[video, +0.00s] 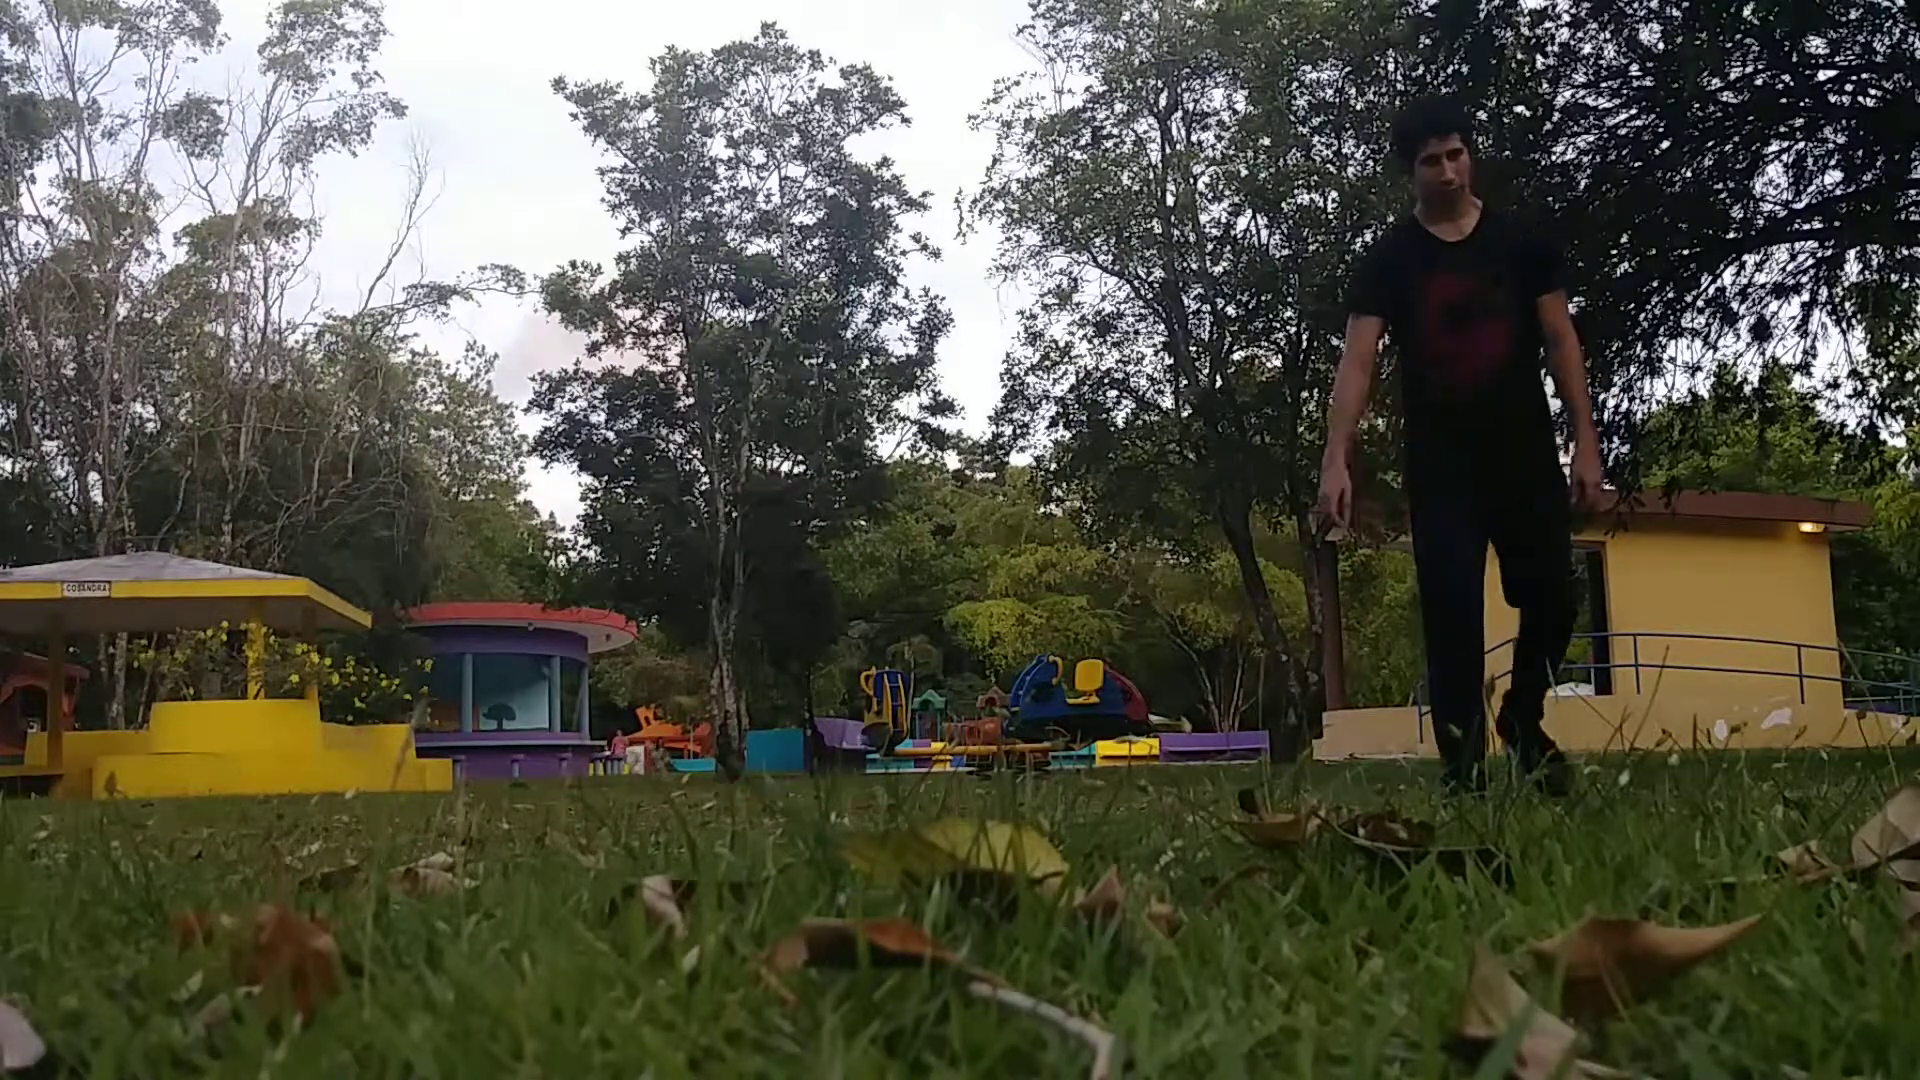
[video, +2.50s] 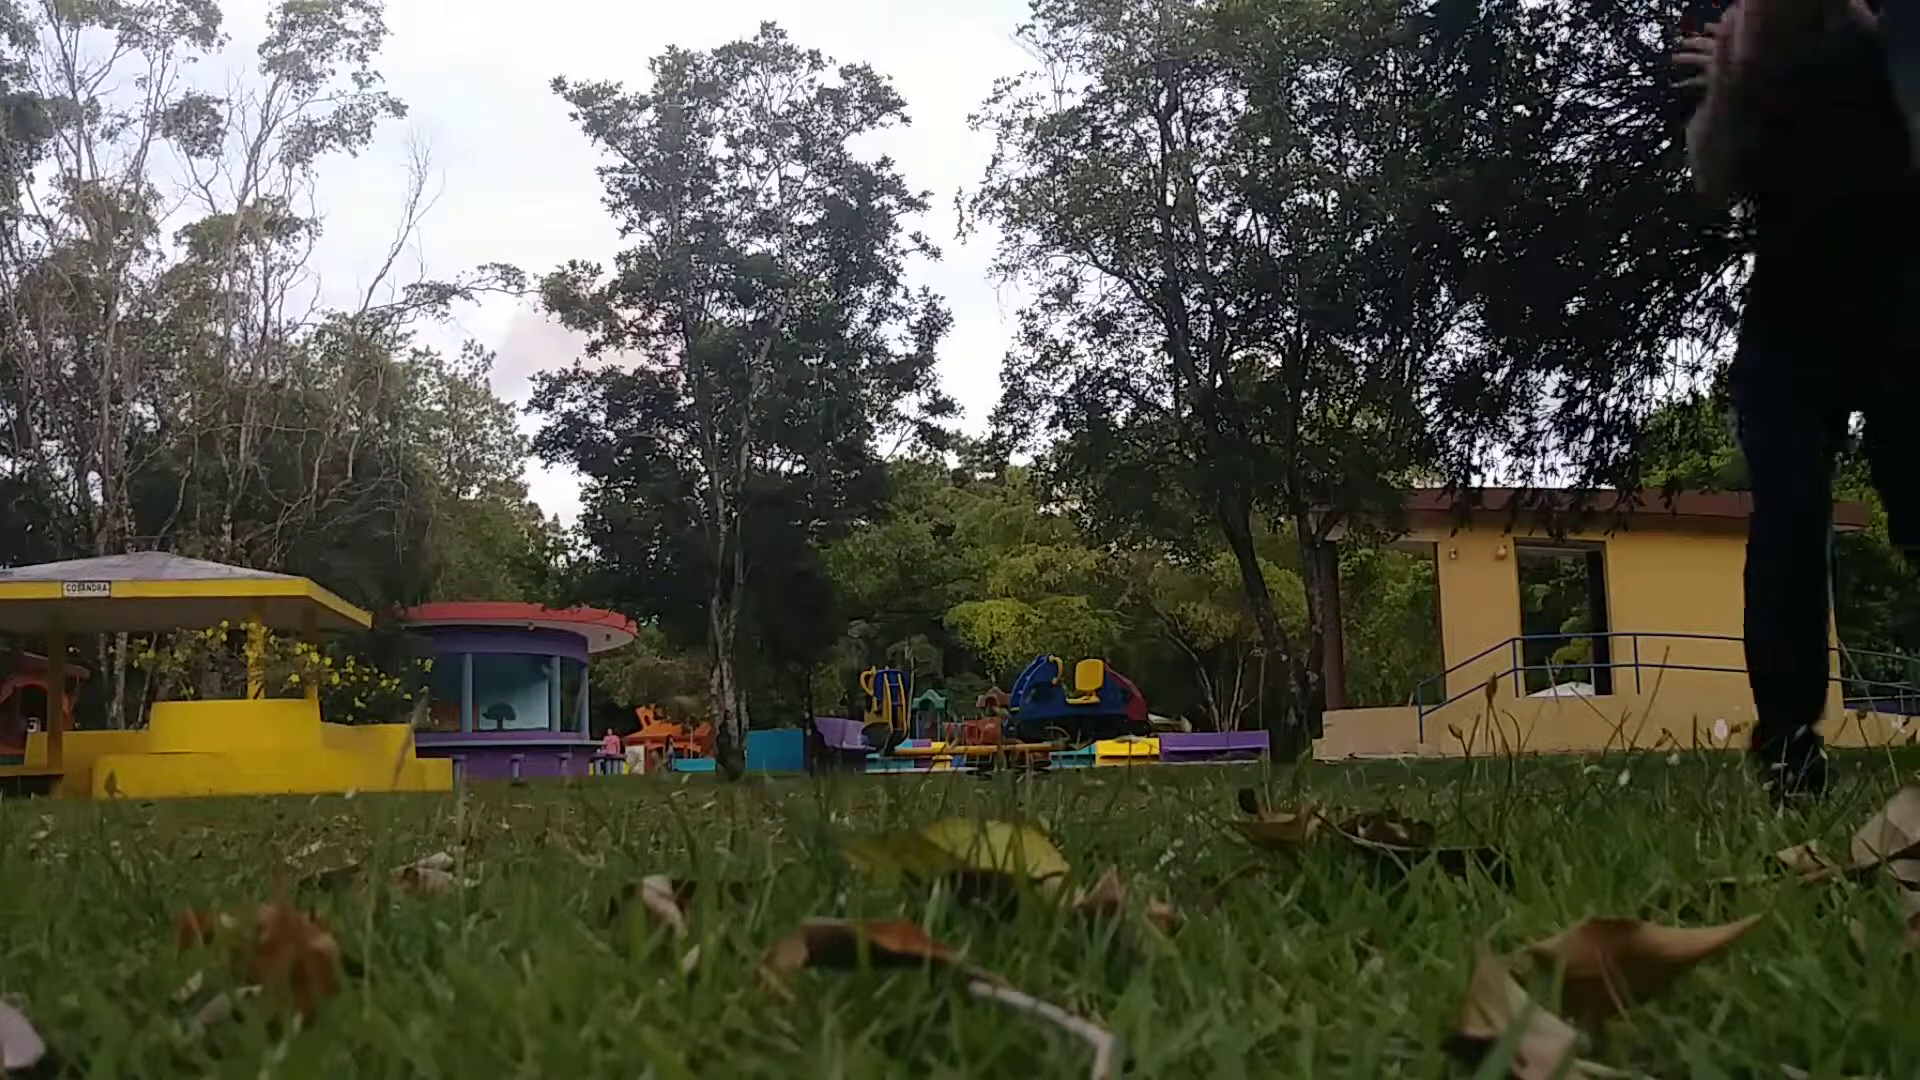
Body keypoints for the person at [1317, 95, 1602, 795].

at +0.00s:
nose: (1447, 169)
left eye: (1456, 155)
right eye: (1432, 160)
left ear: (1472, 160)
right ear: (1409, 171)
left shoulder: (1521, 241)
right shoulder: (1387, 259)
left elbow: (1561, 340)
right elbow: (1357, 360)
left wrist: (1587, 442)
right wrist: (1335, 458)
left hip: (1524, 455)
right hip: (1440, 463)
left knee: (1553, 603)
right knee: (1450, 615)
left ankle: (1521, 723)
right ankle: (1461, 764)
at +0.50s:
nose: (1517, 131)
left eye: (1525, 117)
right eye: (1500, 120)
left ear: (1536, 124)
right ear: (1468, 133)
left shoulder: (1570, 223)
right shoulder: (1438, 218)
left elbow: (1601, 343)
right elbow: (1421, 318)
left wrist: (1621, 453)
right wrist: (1461, 381)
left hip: (1560, 437)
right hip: (1470, 442)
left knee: (1588, 600)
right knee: (1465, 613)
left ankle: (1604, 765)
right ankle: (1463, 772)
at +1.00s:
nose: (1581, 73)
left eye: (1591, 58)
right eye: (1563, 61)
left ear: (1604, 68)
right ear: (1529, 78)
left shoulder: (1644, 173)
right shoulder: (1487, 184)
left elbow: (1683, 283)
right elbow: (1453, 305)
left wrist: (1702, 385)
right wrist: (1421, 419)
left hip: (1618, 414)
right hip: (1519, 417)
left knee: (1619, 592)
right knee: (1525, 585)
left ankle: (1609, 758)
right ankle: (1523, 757)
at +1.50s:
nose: (1580, 22)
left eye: (1589, 8)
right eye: (1559, 10)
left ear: (1602, 21)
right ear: (1525, 31)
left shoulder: (1650, 125)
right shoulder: (1497, 142)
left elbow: (1690, 250)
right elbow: (1445, 270)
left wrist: (1701, 358)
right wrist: (1470, 356)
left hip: (1652, 388)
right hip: (1548, 395)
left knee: (1690, 575)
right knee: (1548, 585)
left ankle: (1621, 724)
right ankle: (1568, 766)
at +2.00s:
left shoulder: (1785, 90)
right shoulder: (1626, 83)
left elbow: (1805, 239)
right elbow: (1608, 226)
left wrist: (1843, 318)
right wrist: (1702, 268)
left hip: (1793, 358)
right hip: (1683, 359)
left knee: (1853, 548)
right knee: (1669, 566)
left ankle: (1854, 761)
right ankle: (1594, 763)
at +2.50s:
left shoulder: (1888, 38)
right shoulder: (1755, 30)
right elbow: (1710, 175)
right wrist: (1732, 75)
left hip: (1896, 309)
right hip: (1791, 309)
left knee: (1913, 526)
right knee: (1786, 528)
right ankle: (1788, 744)